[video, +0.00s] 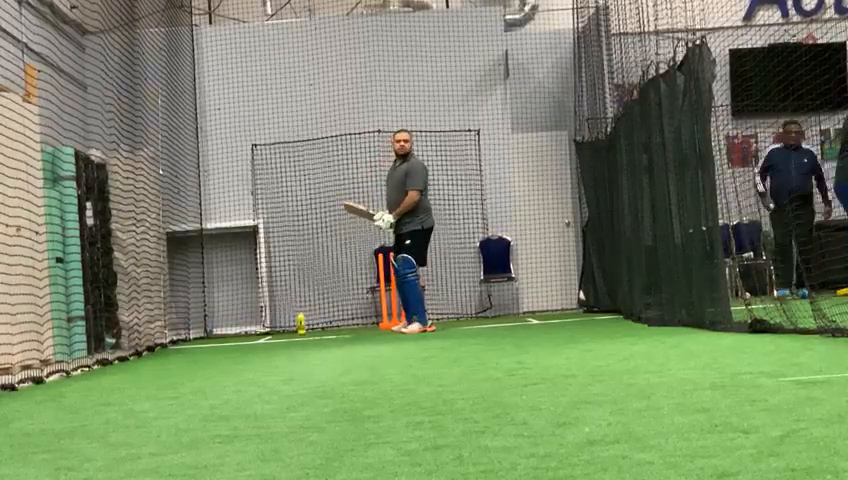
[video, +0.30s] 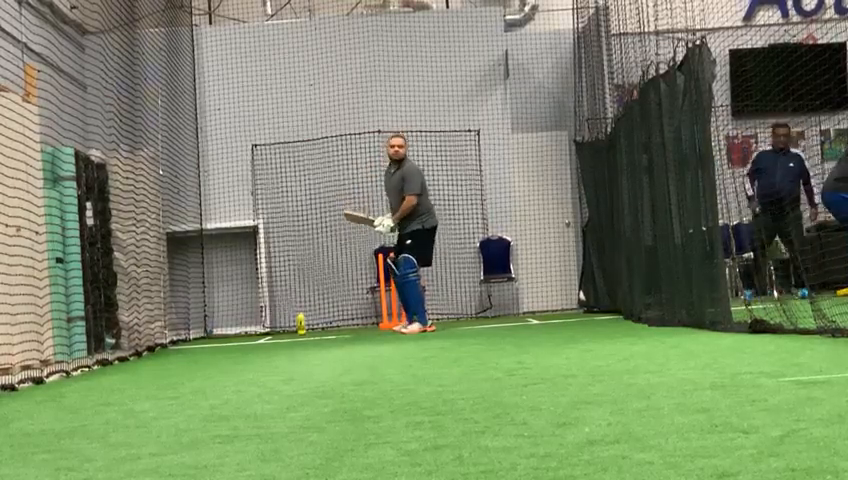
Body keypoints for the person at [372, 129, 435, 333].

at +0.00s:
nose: (402, 145)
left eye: (405, 141)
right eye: (398, 142)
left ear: (411, 144)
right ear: (393, 144)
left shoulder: (415, 166)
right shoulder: (395, 167)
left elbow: (414, 197)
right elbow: (396, 197)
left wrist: (393, 216)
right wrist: (386, 215)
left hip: (417, 226)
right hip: (402, 227)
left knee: (409, 271)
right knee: (400, 271)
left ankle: (419, 320)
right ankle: (409, 318)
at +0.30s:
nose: (396, 150)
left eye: (400, 147)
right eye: (392, 147)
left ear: (406, 149)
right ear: (387, 149)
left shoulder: (410, 170)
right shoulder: (390, 172)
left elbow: (412, 201)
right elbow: (397, 202)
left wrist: (393, 220)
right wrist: (388, 219)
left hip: (421, 226)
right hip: (406, 227)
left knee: (410, 270)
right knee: (400, 270)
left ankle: (420, 320)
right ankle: (411, 318)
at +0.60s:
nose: (385, 165)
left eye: (389, 161)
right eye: (381, 162)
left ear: (396, 162)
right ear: (377, 166)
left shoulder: (402, 182)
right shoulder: (384, 186)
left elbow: (402, 217)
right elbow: (393, 216)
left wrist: (392, 244)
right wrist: (395, 241)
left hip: (429, 227)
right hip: (415, 229)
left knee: (405, 266)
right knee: (399, 266)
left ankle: (420, 320)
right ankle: (415, 318)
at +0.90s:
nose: (387, 171)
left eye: (391, 167)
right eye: (383, 168)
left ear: (398, 168)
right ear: (379, 171)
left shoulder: (404, 188)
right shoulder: (385, 195)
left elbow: (405, 223)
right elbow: (394, 223)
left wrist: (396, 249)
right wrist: (395, 245)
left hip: (432, 230)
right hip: (418, 231)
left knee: (404, 265)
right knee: (398, 266)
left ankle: (420, 321)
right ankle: (413, 319)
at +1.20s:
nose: (391, 164)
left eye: (395, 160)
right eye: (387, 161)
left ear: (401, 162)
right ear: (382, 164)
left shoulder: (408, 183)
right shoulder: (387, 184)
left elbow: (408, 217)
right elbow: (397, 211)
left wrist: (393, 231)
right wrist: (390, 224)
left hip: (428, 229)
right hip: (413, 229)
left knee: (405, 269)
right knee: (399, 268)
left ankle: (420, 320)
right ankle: (413, 318)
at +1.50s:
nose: (391, 176)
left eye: (395, 173)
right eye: (388, 173)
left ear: (400, 175)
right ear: (383, 176)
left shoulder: (406, 196)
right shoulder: (385, 195)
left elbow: (402, 231)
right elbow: (391, 219)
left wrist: (384, 235)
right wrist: (383, 223)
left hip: (426, 239)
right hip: (410, 238)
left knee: (398, 275)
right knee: (387, 272)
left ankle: (419, 321)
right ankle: (403, 320)